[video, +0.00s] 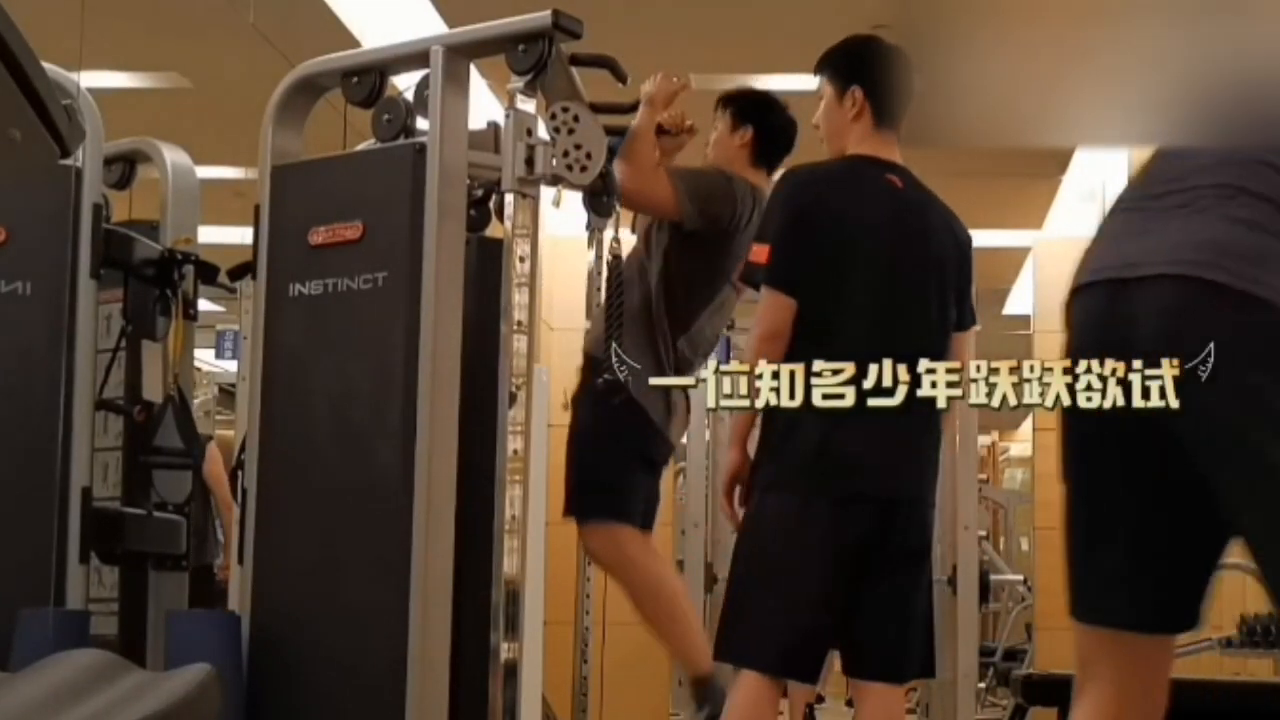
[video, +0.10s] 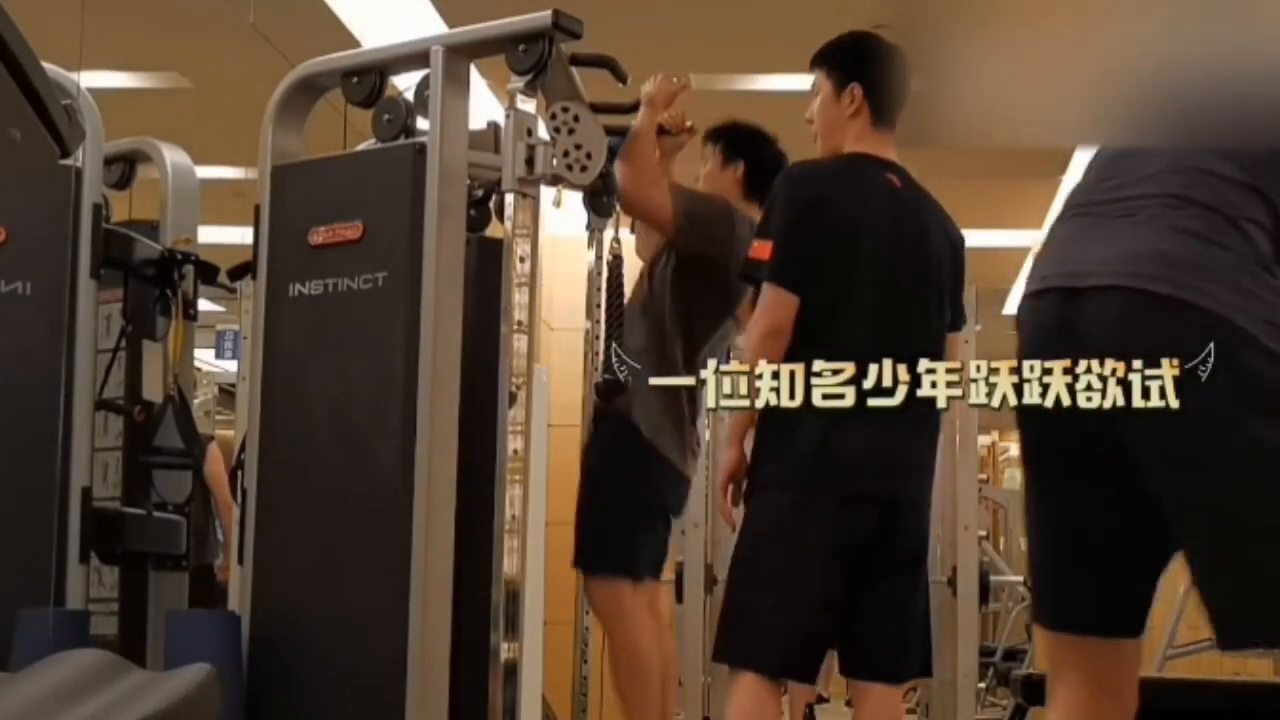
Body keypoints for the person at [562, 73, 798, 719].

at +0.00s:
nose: (709, 136)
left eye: (718, 126)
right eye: (713, 127)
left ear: (742, 136)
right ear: (760, 145)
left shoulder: (727, 191)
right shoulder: (737, 196)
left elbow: (636, 185)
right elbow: (647, 191)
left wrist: (645, 115)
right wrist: (663, 136)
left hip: (630, 378)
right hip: (644, 380)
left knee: (608, 533)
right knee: (621, 537)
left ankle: (706, 678)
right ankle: (704, 677)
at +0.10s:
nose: (699, 174)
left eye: (709, 161)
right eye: (703, 163)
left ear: (735, 169)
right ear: (747, 176)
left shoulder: (721, 221)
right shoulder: (732, 234)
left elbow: (635, 189)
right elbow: (653, 253)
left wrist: (646, 117)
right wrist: (662, 152)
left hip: (639, 416)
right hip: (661, 417)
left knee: (612, 588)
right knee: (644, 590)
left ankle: (644, 718)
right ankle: (661, 715)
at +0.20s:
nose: (688, 211)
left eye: (699, 201)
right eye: (692, 201)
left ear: (729, 215)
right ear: (727, 218)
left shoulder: (723, 267)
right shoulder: (715, 276)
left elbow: (641, 200)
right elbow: (651, 245)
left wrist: (647, 120)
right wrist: (662, 156)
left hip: (654, 482)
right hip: (670, 485)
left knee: (594, 637)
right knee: (629, 645)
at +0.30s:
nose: (686, 229)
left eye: (698, 217)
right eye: (687, 219)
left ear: (731, 231)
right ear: (703, 233)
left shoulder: (729, 287)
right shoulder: (706, 294)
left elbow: (652, 211)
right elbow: (647, 243)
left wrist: (651, 124)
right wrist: (658, 153)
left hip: (679, 504)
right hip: (672, 500)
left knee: (586, 647)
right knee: (604, 652)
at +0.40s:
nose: (715, 216)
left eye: (728, 205)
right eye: (708, 206)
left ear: (751, 218)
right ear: (701, 216)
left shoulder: (737, 275)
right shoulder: (703, 280)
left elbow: (661, 203)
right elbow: (642, 244)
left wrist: (654, 113)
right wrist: (661, 159)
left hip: (701, 482)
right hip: (677, 478)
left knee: (630, 629)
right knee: (631, 630)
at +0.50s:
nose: (724, 211)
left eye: (735, 201)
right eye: (721, 201)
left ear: (756, 212)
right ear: (715, 206)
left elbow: (683, 231)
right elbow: (638, 243)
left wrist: (659, 144)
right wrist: (655, 167)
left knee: (666, 624)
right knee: (662, 624)